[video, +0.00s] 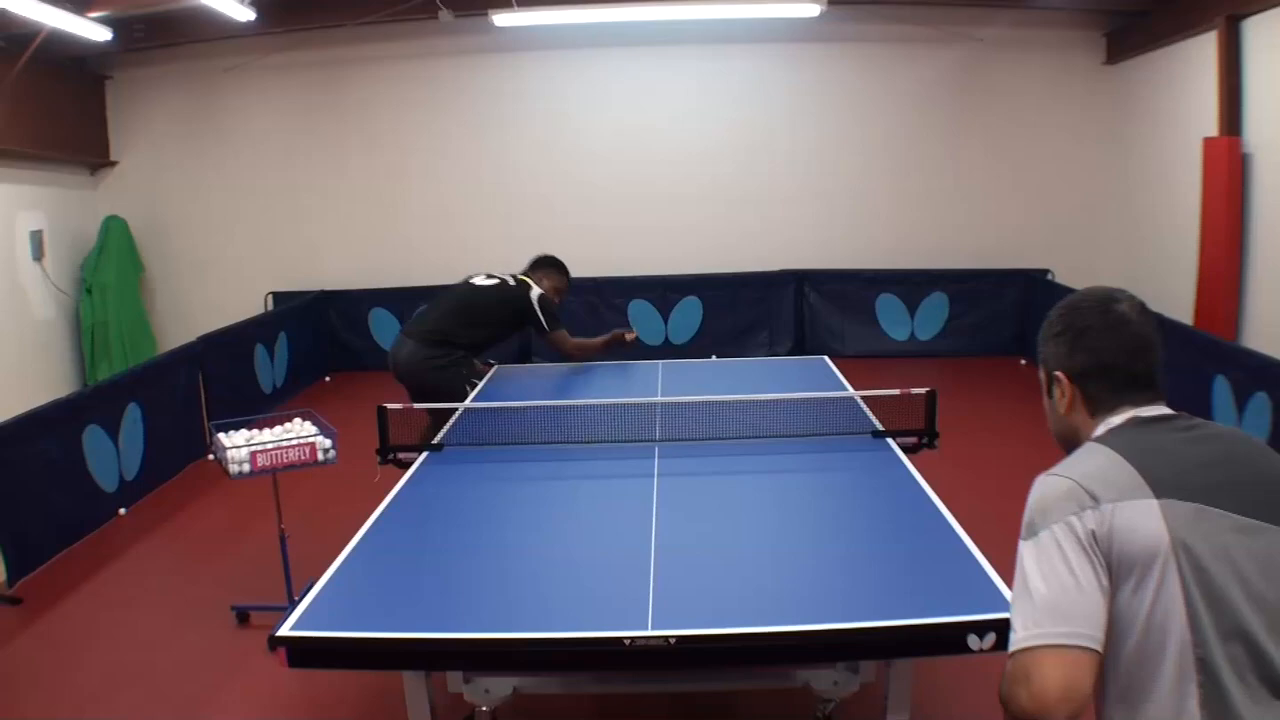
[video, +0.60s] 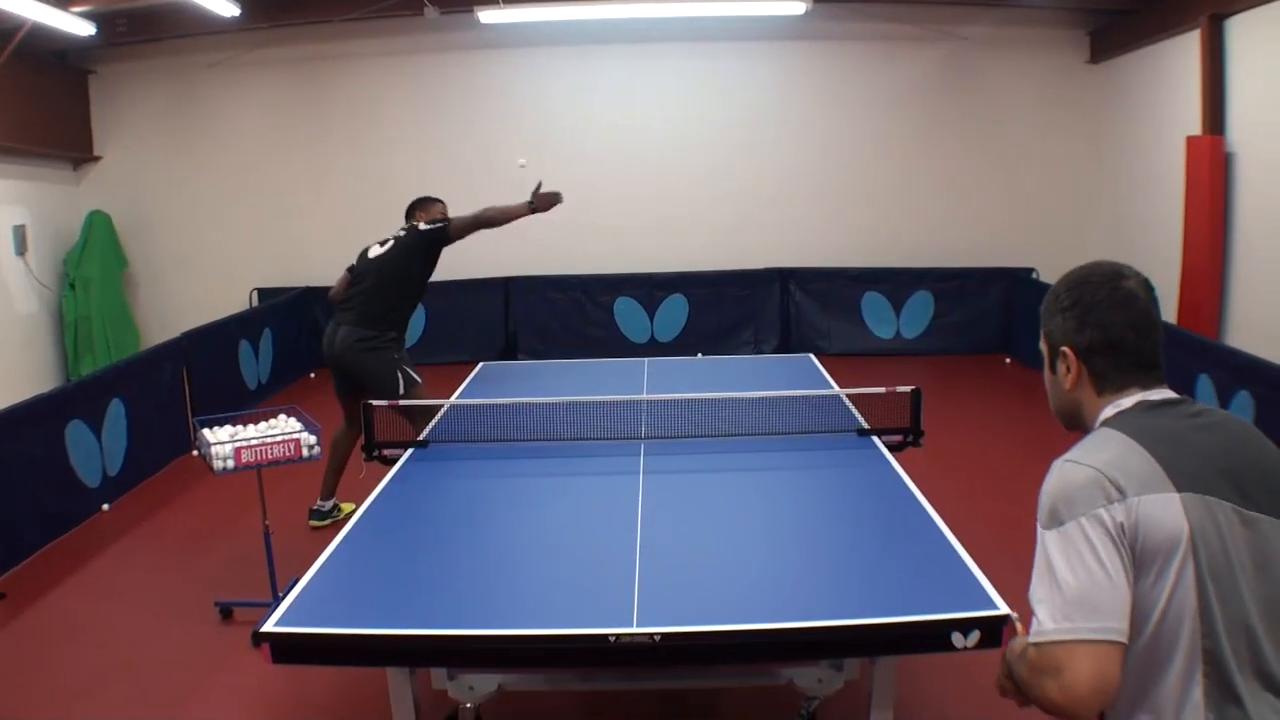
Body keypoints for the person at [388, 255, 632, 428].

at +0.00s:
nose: (558, 299)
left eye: (561, 294)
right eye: (559, 292)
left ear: (530, 273)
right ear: (545, 279)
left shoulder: (490, 280)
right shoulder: (535, 296)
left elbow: (448, 327)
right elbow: (569, 348)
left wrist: (480, 367)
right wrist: (610, 341)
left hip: (405, 352)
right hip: (433, 358)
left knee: (446, 413)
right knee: (485, 410)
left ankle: (423, 466)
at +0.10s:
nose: (548, 284)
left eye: (550, 279)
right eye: (548, 278)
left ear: (517, 262)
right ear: (532, 267)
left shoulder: (476, 269)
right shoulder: (525, 287)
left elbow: (442, 309)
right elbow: (563, 335)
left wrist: (469, 354)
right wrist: (608, 330)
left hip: (399, 349)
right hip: (429, 357)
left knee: (433, 413)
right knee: (474, 410)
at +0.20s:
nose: (531, 262)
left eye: (532, 256)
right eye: (529, 255)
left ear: (499, 245)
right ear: (513, 248)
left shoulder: (456, 260)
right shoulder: (509, 270)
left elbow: (443, 303)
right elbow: (555, 312)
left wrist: (478, 338)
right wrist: (609, 315)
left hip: (390, 351)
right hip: (424, 358)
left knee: (416, 411)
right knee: (475, 409)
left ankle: (366, 485)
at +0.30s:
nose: (509, 248)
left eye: (509, 242)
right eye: (506, 241)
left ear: (473, 235)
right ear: (489, 237)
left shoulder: (436, 254)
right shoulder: (487, 257)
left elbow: (430, 299)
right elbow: (538, 284)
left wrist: (473, 321)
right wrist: (588, 277)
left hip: (382, 352)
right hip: (416, 360)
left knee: (390, 418)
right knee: (476, 409)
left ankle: (340, 491)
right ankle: (463, 486)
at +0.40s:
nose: (485, 237)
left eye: (485, 231)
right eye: (482, 230)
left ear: (449, 226)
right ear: (465, 225)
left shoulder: (411, 253)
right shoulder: (464, 246)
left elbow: (401, 301)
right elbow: (523, 255)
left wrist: (446, 322)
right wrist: (569, 231)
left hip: (366, 352)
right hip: (402, 357)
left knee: (377, 428)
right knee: (459, 420)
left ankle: (330, 504)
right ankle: (450, 500)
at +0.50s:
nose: (463, 227)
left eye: (462, 222)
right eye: (458, 221)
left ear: (427, 223)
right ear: (437, 221)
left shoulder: (395, 249)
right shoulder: (440, 241)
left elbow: (386, 297)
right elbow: (502, 230)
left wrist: (418, 333)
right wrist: (547, 209)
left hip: (349, 347)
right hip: (384, 350)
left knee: (361, 426)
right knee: (442, 427)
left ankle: (326, 504)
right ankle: (448, 504)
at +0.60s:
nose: (447, 221)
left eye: (446, 216)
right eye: (441, 216)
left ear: (410, 220)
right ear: (420, 217)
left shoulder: (376, 248)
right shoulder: (428, 234)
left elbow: (336, 294)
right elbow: (482, 218)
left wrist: (377, 304)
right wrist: (531, 205)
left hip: (339, 343)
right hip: (372, 346)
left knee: (352, 424)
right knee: (432, 422)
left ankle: (324, 505)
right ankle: (440, 504)